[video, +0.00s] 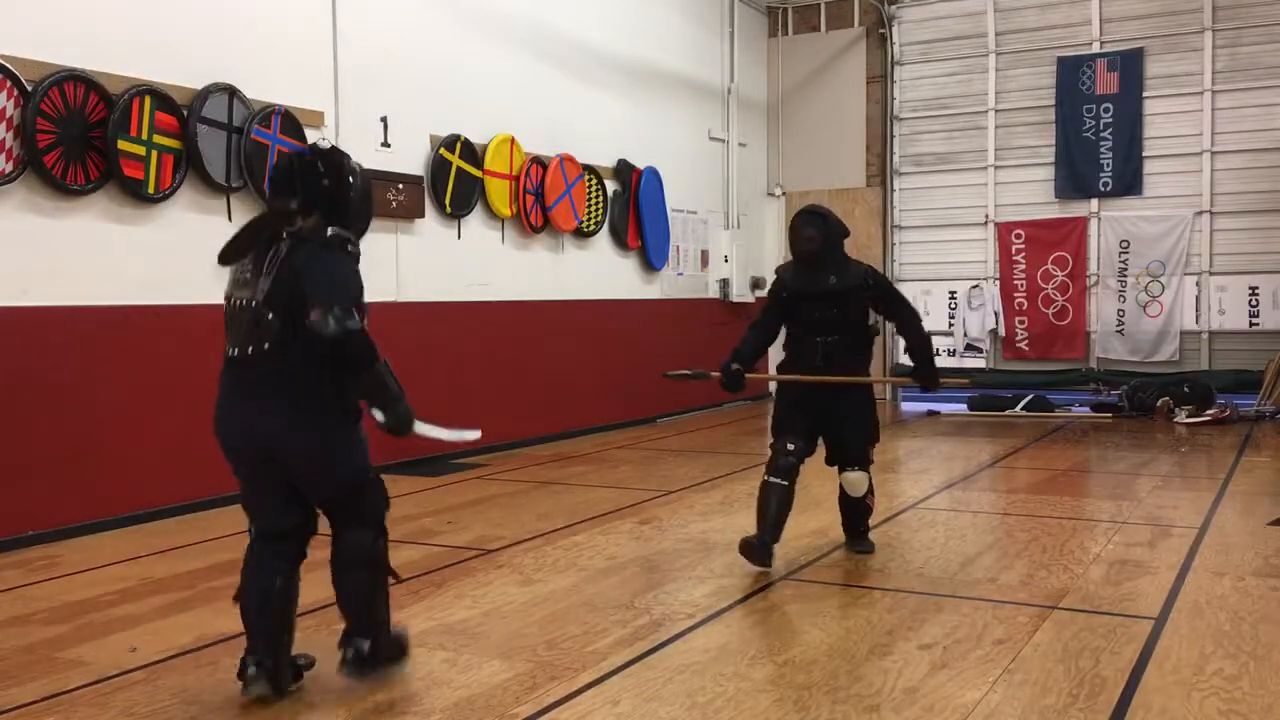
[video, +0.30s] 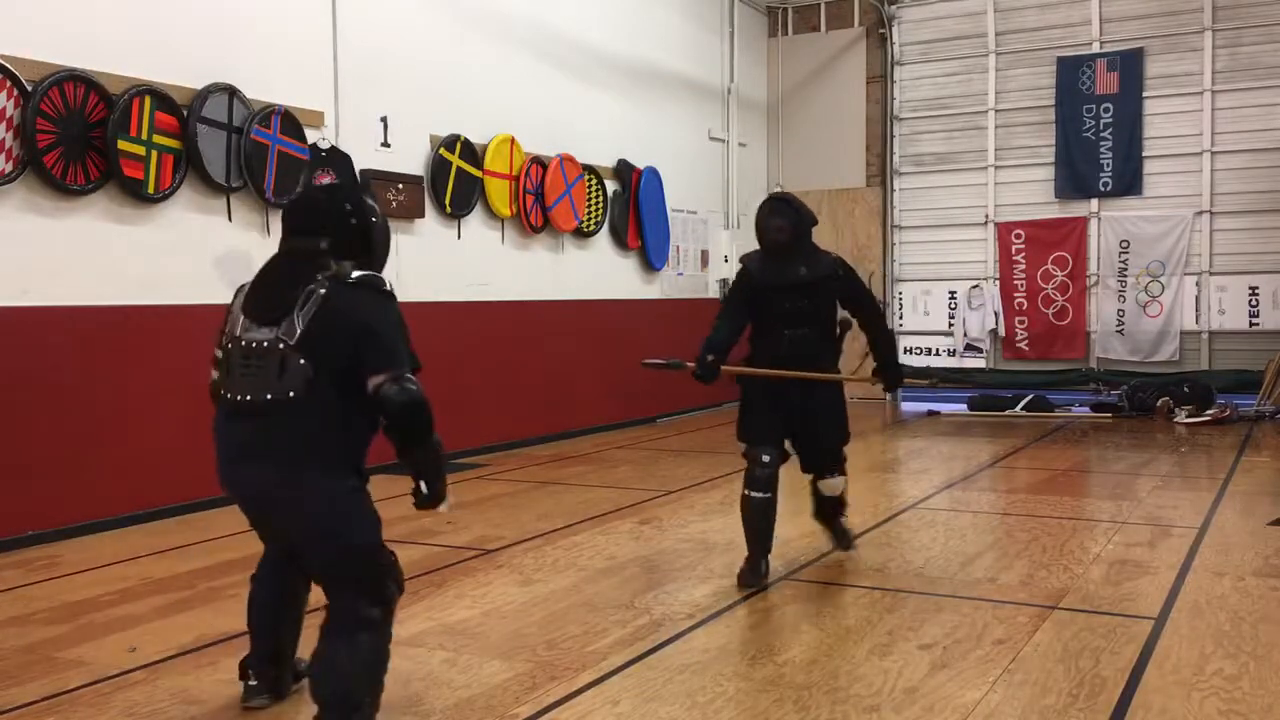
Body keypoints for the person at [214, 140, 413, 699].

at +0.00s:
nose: (364, 205)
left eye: (361, 194)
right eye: (357, 195)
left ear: (293, 197)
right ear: (338, 200)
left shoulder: (257, 246)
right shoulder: (325, 252)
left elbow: (270, 340)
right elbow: (340, 332)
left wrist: (342, 389)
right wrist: (389, 398)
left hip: (243, 418)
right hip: (308, 421)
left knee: (278, 525)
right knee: (360, 508)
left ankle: (265, 658)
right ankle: (367, 636)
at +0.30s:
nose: (380, 236)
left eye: (376, 225)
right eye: (373, 226)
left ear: (298, 231)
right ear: (354, 231)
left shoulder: (260, 284)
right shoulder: (361, 293)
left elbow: (229, 377)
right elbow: (396, 395)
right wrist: (427, 465)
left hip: (244, 464)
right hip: (315, 473)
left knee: (288, 548)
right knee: (367, 584)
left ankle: (269, 672)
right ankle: (345, 706)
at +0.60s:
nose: (394, 240)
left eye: (392, 229)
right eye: (388, 229)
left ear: (303, 231)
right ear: (367, 234)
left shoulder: (253, 287)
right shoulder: (372, 290)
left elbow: (233, 390)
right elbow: (421, 406)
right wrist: (451, 479)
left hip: (224, 468)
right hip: (317, 476)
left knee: (255, 567)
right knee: (380, 576)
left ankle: (229, 706)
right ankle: (354, 707)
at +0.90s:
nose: (341, 211)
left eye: (337, 198)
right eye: (330, 199)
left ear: (243, 212)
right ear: (301, 212)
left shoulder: (191, 282)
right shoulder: (314, 283)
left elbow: (178, 398)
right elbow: (357, 406)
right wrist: (404, 487)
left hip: (178, 488)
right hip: (272, 486)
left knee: (168, 630)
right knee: (359, 572)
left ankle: (136, 710)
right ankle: (350, 707)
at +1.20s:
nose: (331, 204)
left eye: (326, 193)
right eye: (323, 194)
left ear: (238, 202)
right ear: (303, 202)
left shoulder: (183, 274)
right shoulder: (329, 275)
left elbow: (173, 379)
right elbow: (371, 397)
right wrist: (399, 488)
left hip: (192, 486)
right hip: (297, 487)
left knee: (169, 629)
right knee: (367, 599)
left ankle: (137, 709)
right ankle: (393, 709)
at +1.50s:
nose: (397, 211)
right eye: (390, 202)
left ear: (300, 206)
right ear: (372, 208)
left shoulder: (248, 279)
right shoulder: (401, 276)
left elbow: (240, 371)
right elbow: (460, 392)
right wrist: (478, 479)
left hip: (272, 488)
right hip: (378, 488)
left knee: (226, 628)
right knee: (396, 624)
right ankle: (397, 710)